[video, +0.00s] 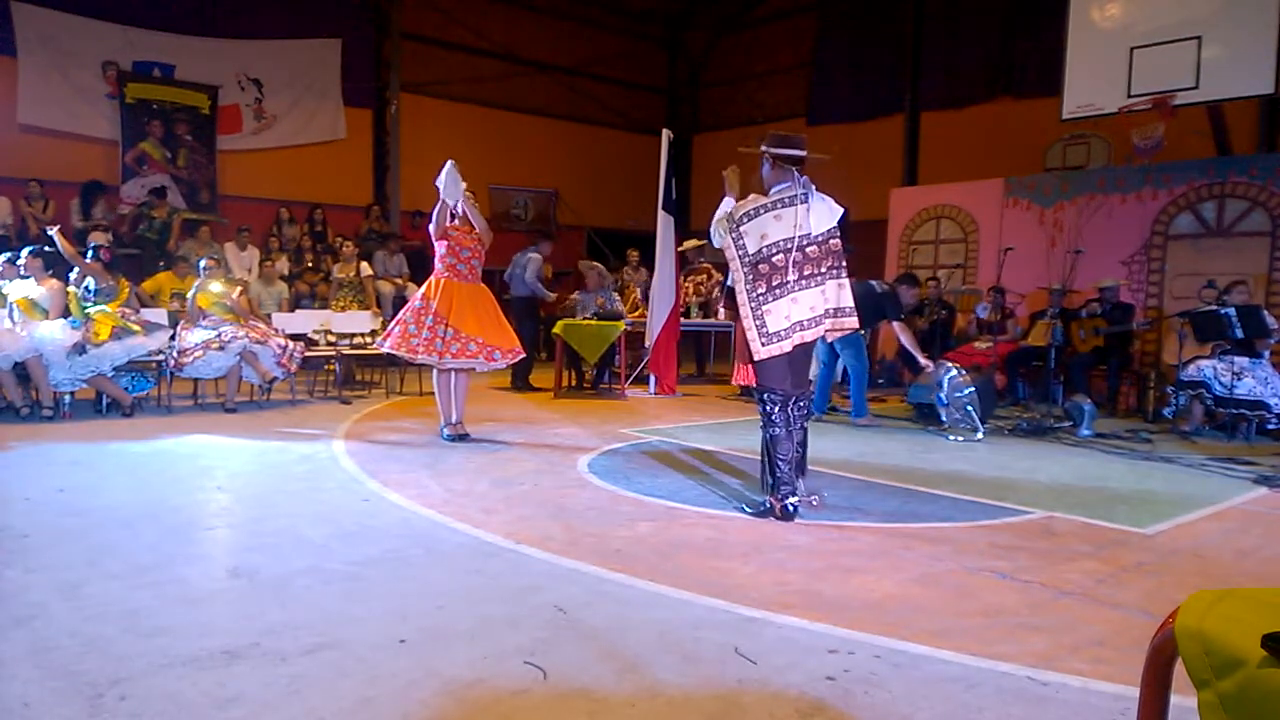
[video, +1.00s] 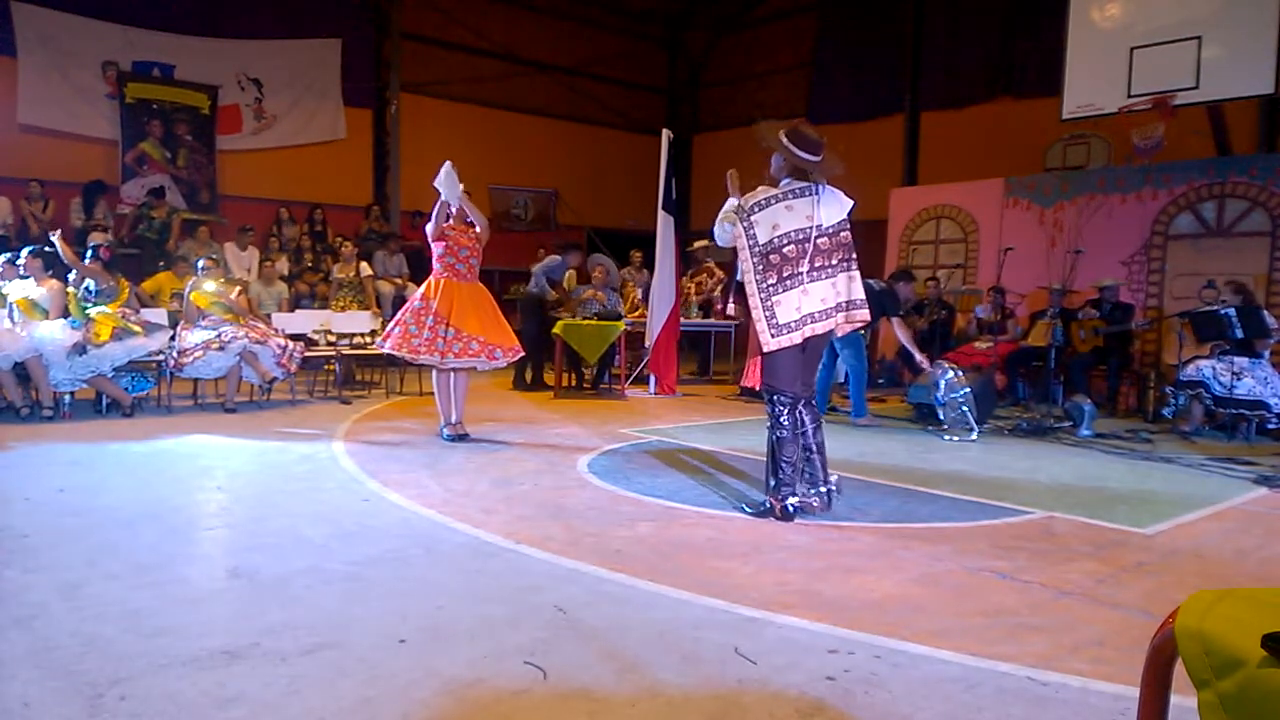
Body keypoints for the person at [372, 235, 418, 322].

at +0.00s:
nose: (397, 245)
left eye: (398, 242)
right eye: (394, 242)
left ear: (400, 244)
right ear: (388, 243)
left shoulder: (400, 256)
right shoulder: (379, 254)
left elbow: (405, 271)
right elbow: (380, 273)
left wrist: (404, 282)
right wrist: (395, 283)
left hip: (398, 278)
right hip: (384, 278)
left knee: (413, 290)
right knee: (387, 291)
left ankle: (418, 316)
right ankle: (387, 318)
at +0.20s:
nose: (396, 245)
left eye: (397, 242)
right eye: (393, 242)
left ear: (399, 244)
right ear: (387, 243)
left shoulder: (400, 256)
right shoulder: (379, 254)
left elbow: (405, 272)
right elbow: (380, 273)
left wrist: (404, 282)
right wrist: (395, 283)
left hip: (398, 278)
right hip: (383, 278)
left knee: (413, 290)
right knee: (387, 291)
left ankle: (417, 317)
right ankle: (387, 318)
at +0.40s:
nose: (397, 245)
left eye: (398, 242)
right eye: (394, 242)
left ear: (400, 244)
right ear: (388, 243)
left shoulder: (400, 256)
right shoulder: (379, 254)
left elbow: (405, 271)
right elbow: (380, 273)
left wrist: (404, 282)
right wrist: (395, 283)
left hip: (397, 278)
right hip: (383, 278)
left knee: (413, 290)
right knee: (387, 291)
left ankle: (417, 316)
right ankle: (387, 318)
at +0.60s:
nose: (397, 245)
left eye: (398, 242)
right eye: (394, 242)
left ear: (399, 244)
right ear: (387, 243)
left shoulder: (400, 256)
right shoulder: (379, 254)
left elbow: (405, 271)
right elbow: (380, 273)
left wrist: (404, 282)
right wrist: (394, 283)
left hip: (397, 278)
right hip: (383, 278)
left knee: (413, 290)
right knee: (387, 291)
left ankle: (418, 316)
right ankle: (387, 318)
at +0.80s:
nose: (397, 245)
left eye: (398, 242)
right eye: (394, 242)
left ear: (399, 244)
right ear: (387, 243)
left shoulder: (400, 256)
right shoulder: (379, 254)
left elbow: (405, 272)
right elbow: (380, 273)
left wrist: (404, 282)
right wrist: (394, 283)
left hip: (397, 278)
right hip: (383, 278)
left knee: (413, 290)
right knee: (387, 291)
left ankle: (417, 316)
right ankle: (387, 318)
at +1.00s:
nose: (397, 245)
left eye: (398, 243)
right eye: (394, 242)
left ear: (399, 244)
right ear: (387, 243)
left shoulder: (400, 256)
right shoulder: (379, 254)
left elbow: (405, 272)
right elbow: (380, 273)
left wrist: (404, 282)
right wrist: (395, 283)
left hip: (397, 278)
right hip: (383, 278)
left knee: (413, 290)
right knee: (387, 291)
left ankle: (416, 316)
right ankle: (387, 318)